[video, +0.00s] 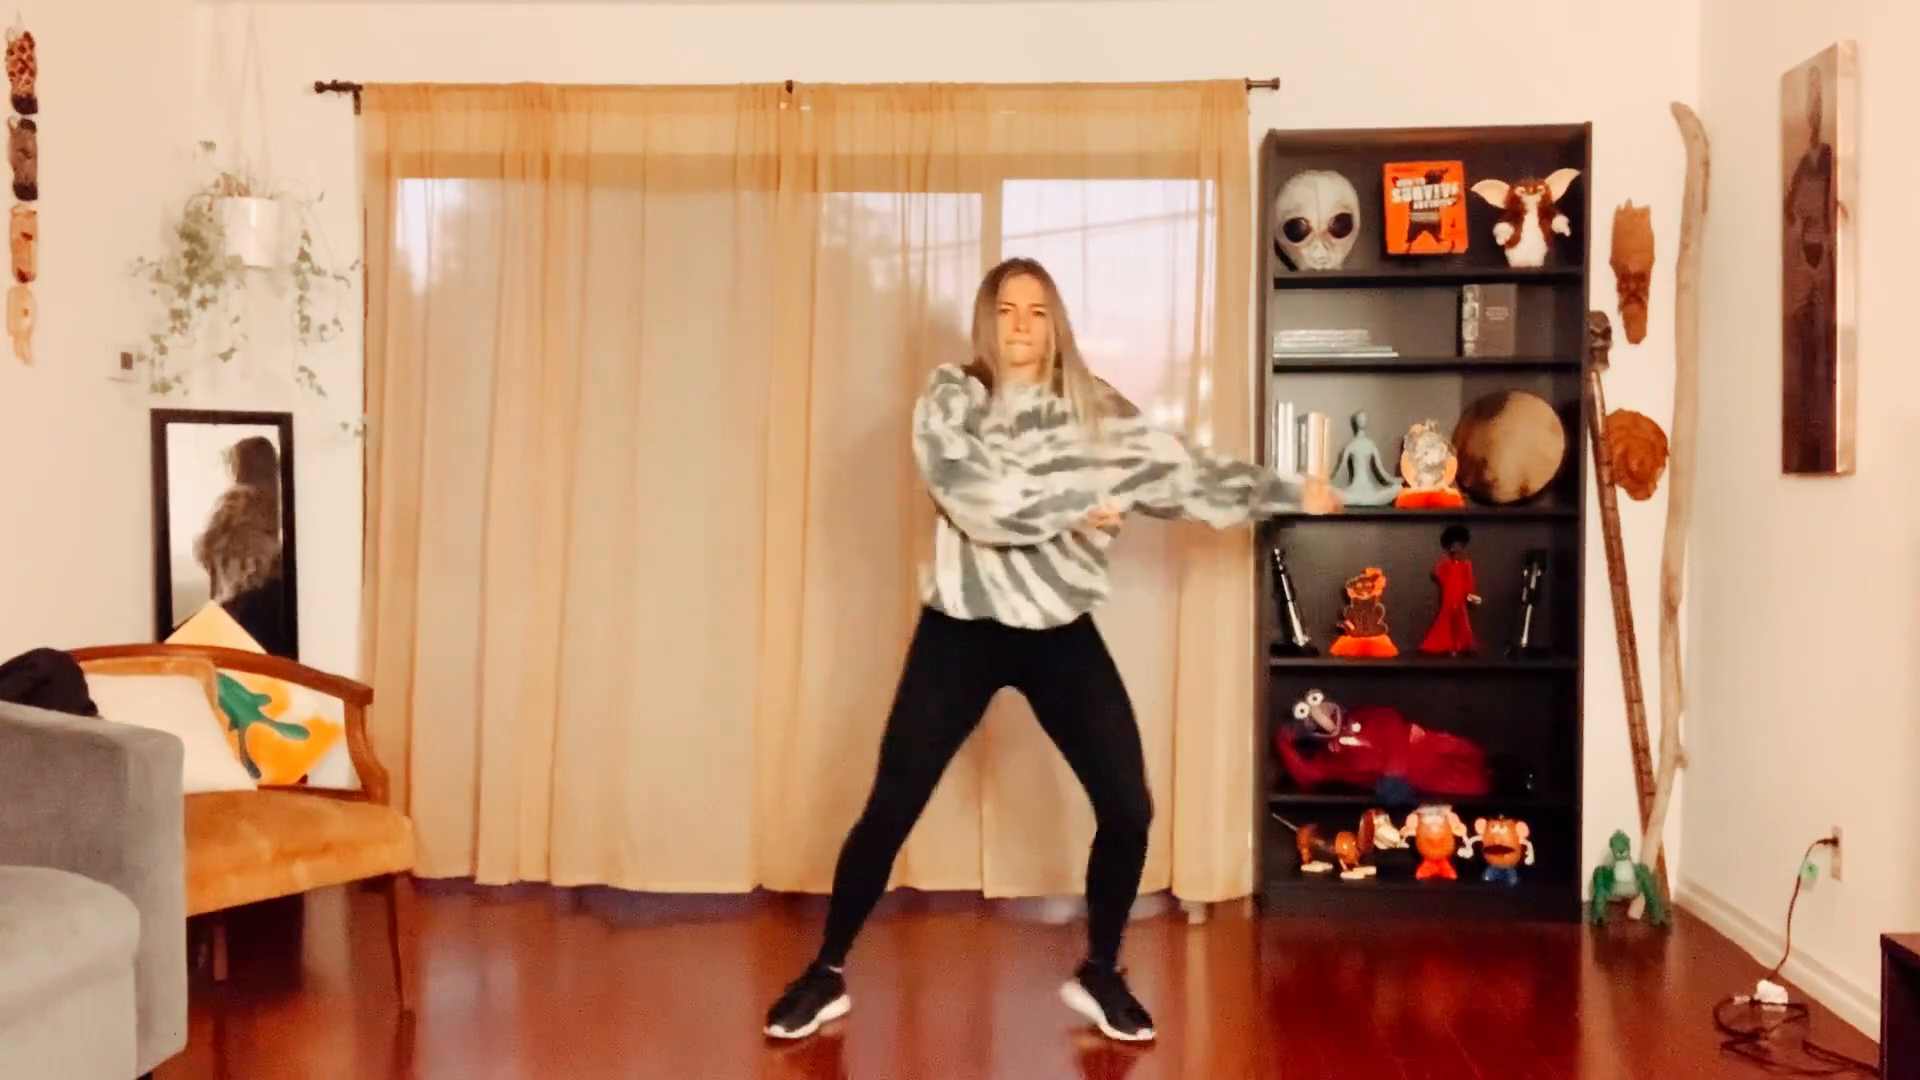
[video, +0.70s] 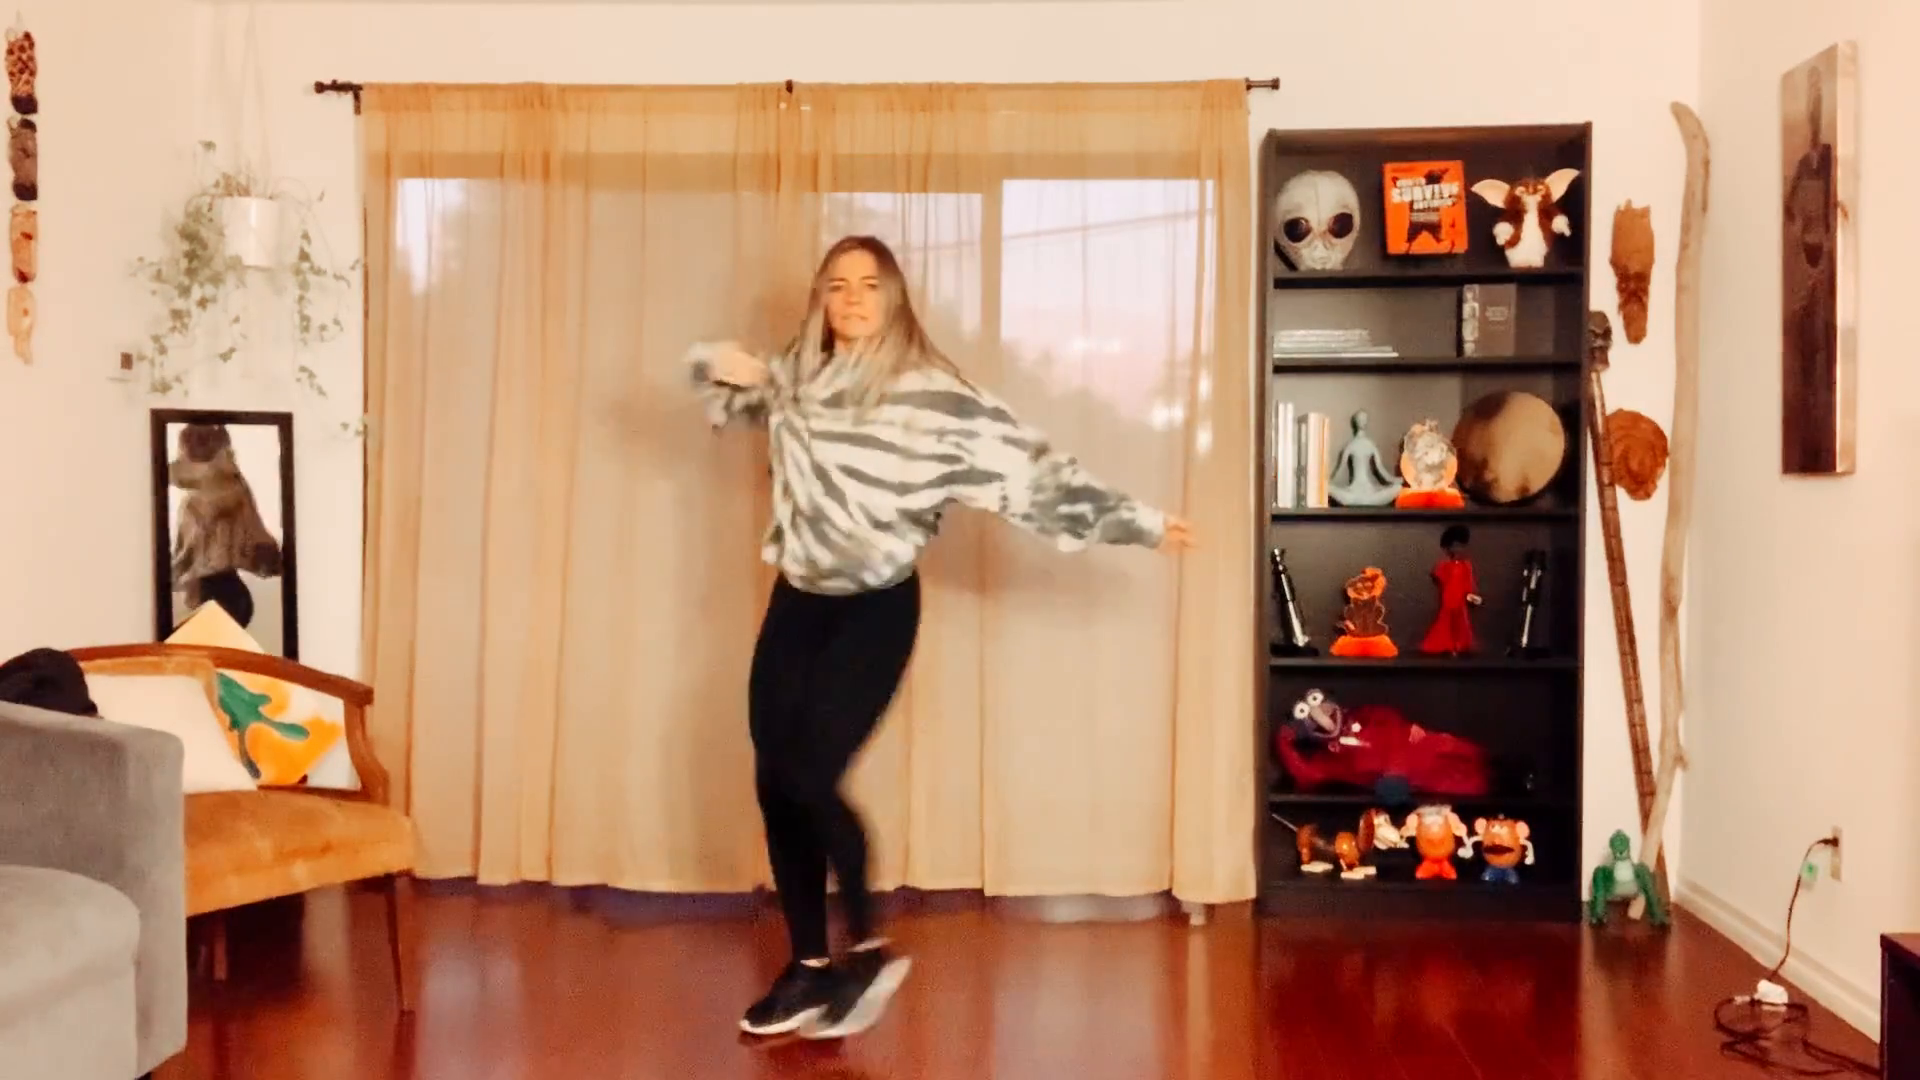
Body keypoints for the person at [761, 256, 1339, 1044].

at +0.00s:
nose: (1021, 323)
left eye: (1035, 311)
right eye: (1008, 310)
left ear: (1057, 324)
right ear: (985, 322)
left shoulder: (1091, 406)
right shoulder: (952, 393)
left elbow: (1181, 473)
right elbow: (968, 495)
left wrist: (1292, 491)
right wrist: (1077, 508)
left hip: (1058, 629)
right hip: (960, 626)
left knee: (1127, 808)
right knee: (891, 804)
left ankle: (1100, 972)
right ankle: (826, 972)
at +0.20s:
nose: (1004, 309)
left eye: (1018, 297)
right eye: (989, 297)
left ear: (1040, 310)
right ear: (968, 311)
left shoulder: (1072, 400)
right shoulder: (946, 402)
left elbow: (1140, 454)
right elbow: (929, 530)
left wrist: (1234, 464)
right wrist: (1007, 517)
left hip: (1029, 622)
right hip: (931, 614)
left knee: (1076, 810)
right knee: (867, 792)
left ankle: (1115, 974)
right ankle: (823, 969)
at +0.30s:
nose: (978, 300)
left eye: (991, 287)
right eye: (963, 290)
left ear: (1015, 301)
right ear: (940, 308)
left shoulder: (1050, 400)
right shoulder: (904, 397)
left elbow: (1119, 473)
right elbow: (852, 499)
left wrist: (1211, 498)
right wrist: (894, 518)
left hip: (1011, 615)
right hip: (910, 613)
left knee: (1059, 800)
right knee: (853, 790)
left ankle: (1110, 970)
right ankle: (823, 970)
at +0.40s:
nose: (933, 295)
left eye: (950, 282)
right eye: (918, 283)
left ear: (974, 296)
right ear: (899, 298)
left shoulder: (1017, 388)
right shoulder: (860, 371)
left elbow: (1081, 483)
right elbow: (783, 436)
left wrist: (1185, 513)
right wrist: (798, 461)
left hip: (982, 609)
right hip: (885, 608)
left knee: (1020, 786)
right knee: (842, 783)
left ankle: (1090, 962)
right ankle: (820, 971)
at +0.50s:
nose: (897, 293)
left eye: (913, 281)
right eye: (883, 281)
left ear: (937, 297)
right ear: (860, 294)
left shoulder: (975, 396)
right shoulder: (821, 360)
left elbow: (1058, 481)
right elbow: (766, 373)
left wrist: (1160, 520)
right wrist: (765, 412)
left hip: (944, 605)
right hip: (848, 604)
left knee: (976, 786)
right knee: (817, 783)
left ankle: (1034, 965)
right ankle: (816, 972)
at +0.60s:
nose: (872, 294)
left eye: (888, 283)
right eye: (859, 281)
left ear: (912, 297)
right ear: (834, 293)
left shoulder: (940, 399)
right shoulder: (803, 353)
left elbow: (1032, 472)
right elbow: (748, 353)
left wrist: (1139, 529)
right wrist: (752, 375)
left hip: (907, 604)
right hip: (818, 603)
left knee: (917, 793)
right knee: (800, 786)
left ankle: (954, 964)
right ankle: (814, 971)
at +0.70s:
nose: (849, 297)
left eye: (865, 285)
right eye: (837, 285)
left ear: (894, 297)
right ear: (818, 298)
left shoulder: (928, 395)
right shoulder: (798, 373)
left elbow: (1028, 472)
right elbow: (735, 404)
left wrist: (1137, 521)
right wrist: (719, 371)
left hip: (876, 605)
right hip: (797, 600)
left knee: (809, 779)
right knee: (778, 781)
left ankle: (864, 946)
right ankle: (807, 964)